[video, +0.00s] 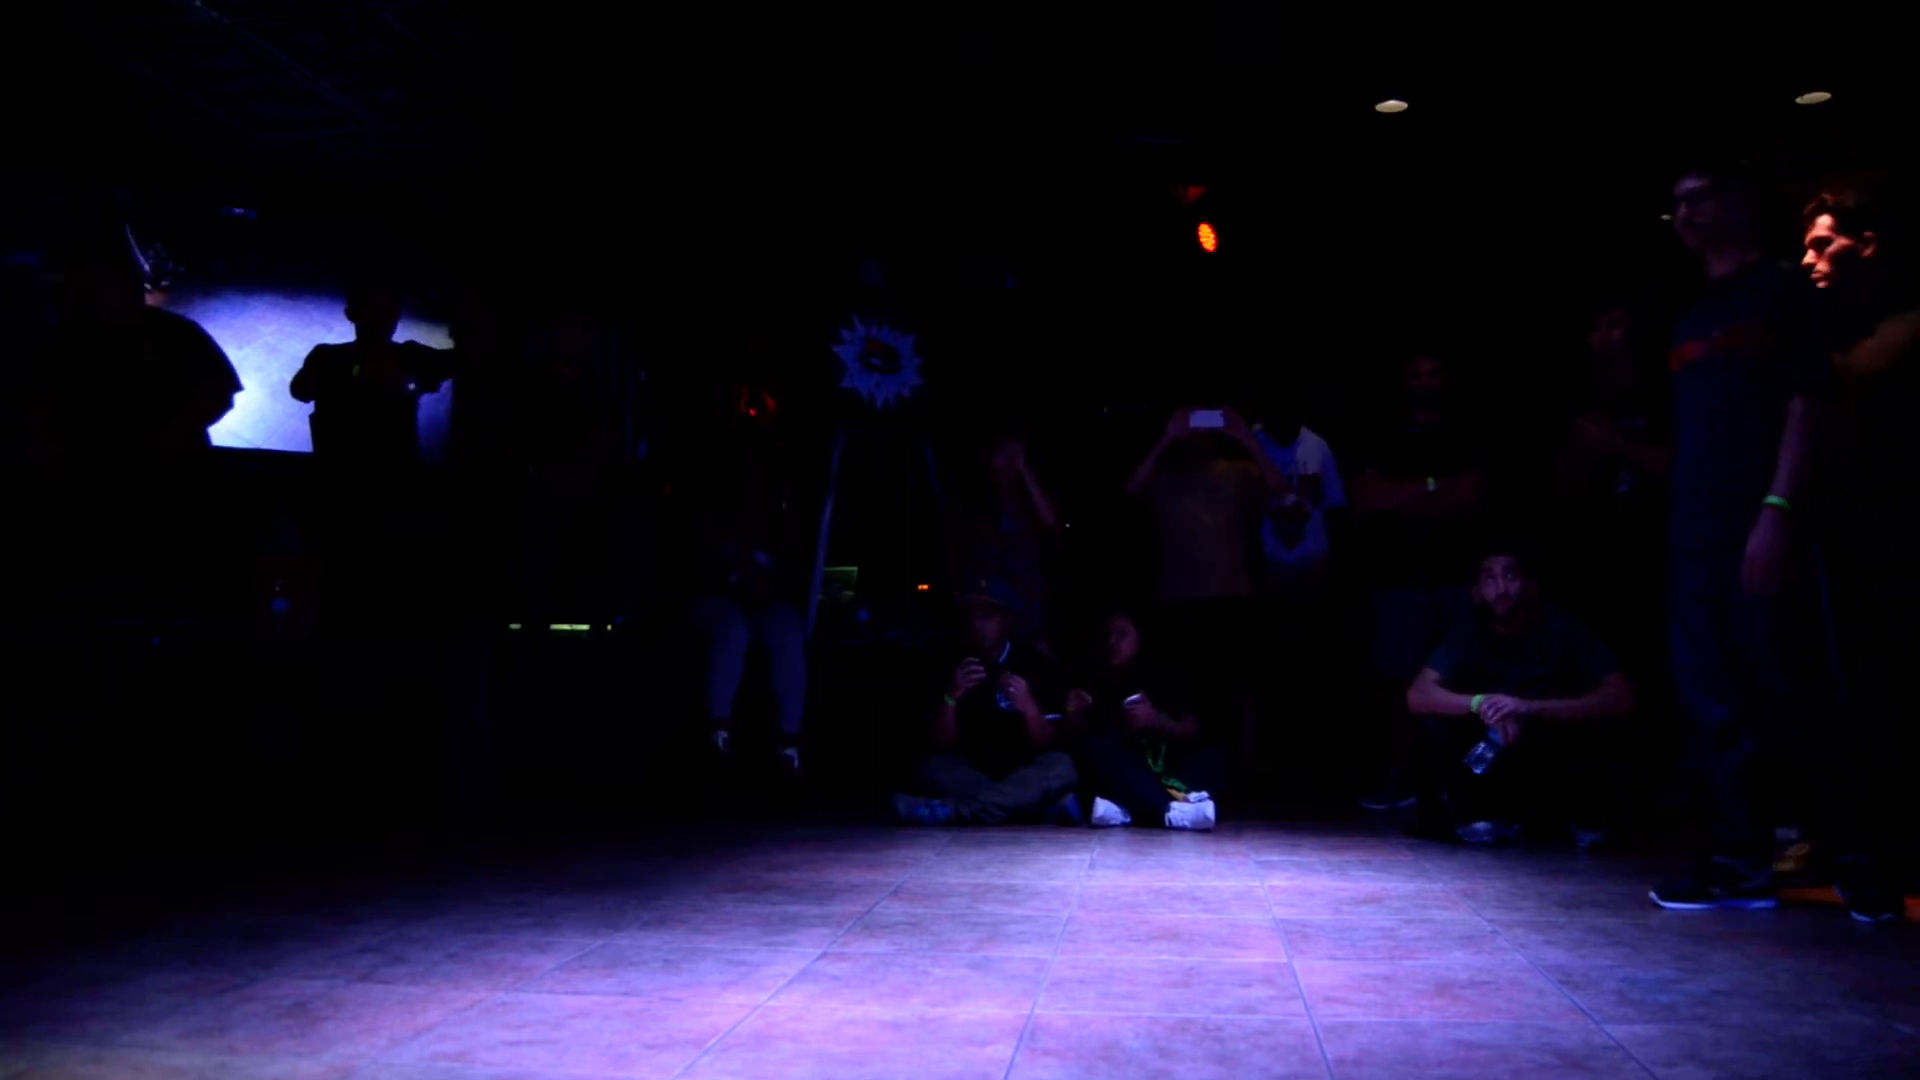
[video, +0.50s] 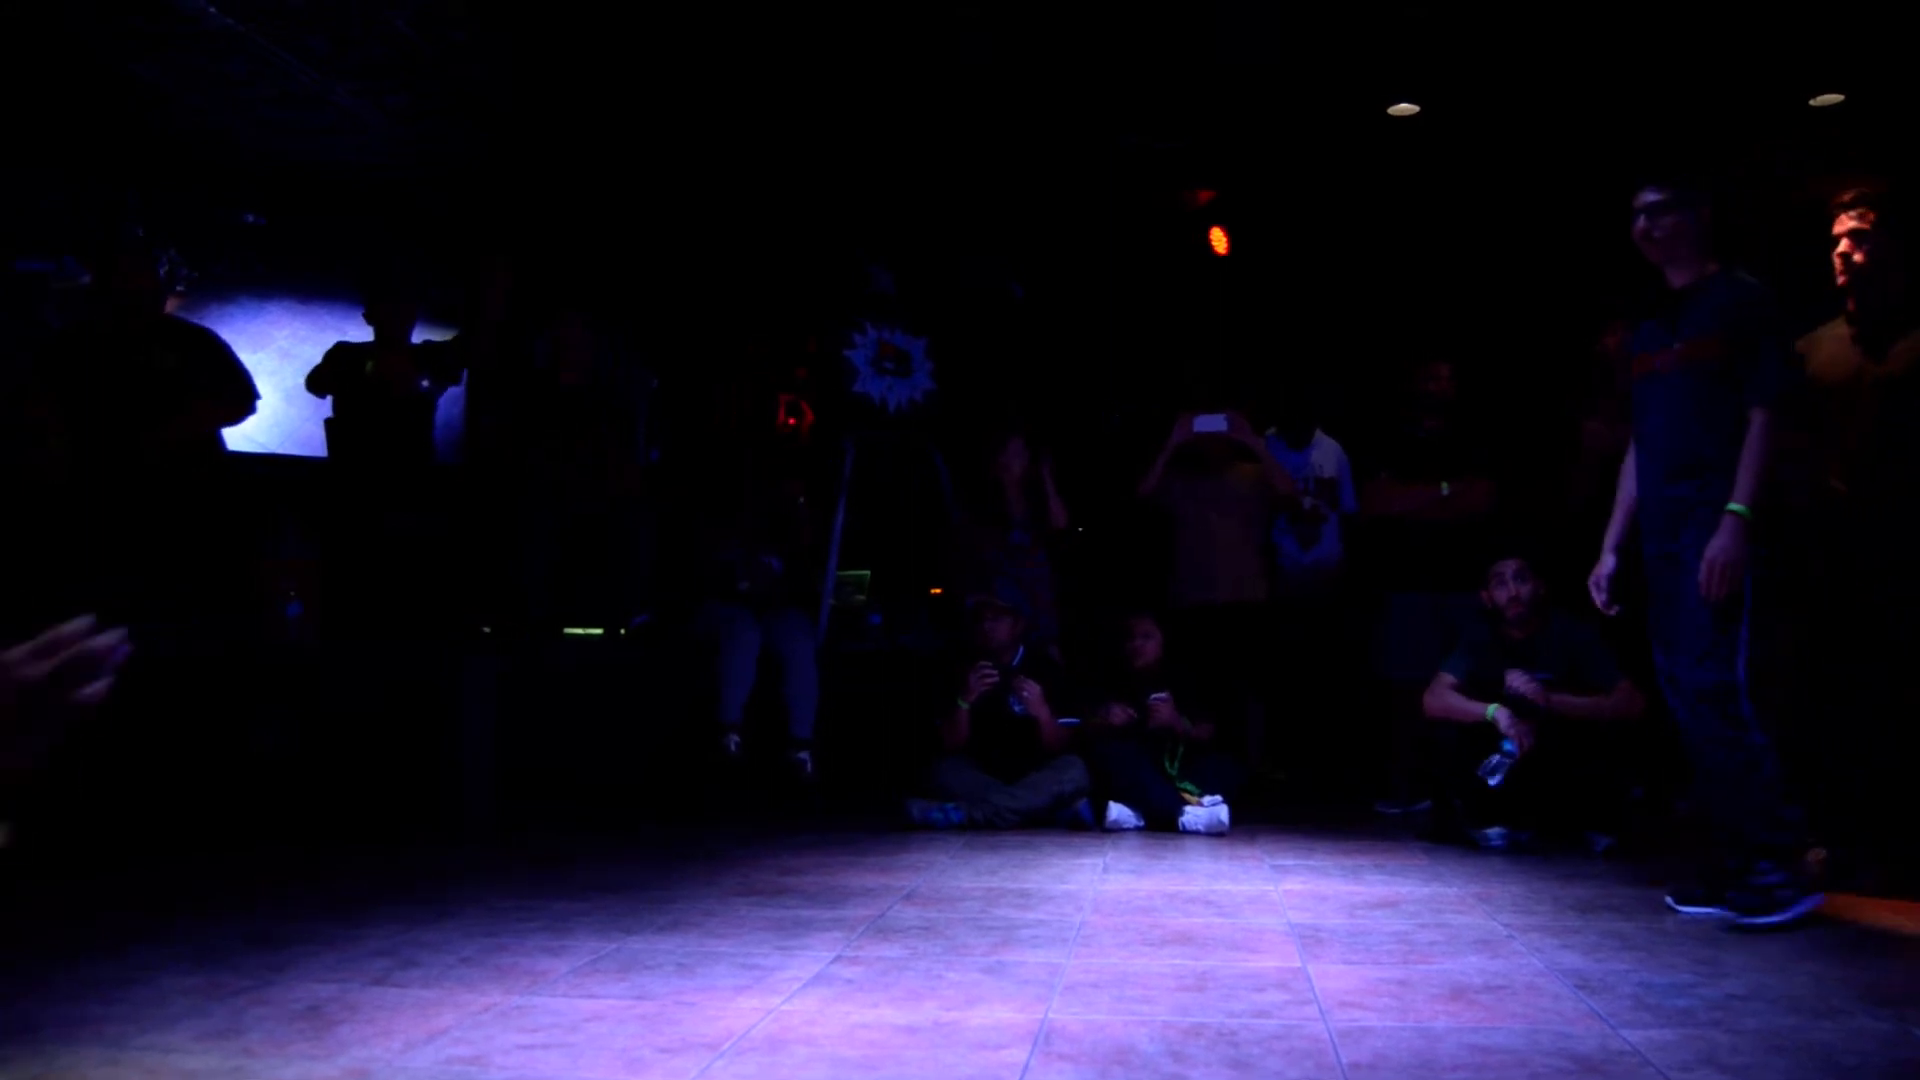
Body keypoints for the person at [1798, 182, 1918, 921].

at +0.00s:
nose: (1815, 259)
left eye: (1828, 245)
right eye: (1810, 247)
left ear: (1872, 246)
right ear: (1809, 255)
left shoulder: (1894, 322)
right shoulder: (1824, 325)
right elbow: (1809, 417)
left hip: (1885, 532)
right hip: (1833, 530)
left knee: (1878, 697)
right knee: (1841, 694)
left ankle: (1883, 875)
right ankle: (1845, 859)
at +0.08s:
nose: (1820, 257)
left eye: (1833, 244)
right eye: (1816, 246)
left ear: (1876, 247)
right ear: (1816, 257)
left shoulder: (1902, 322)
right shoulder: (1835, 323)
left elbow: (1839, 382)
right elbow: (1812, 411)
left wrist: (1831, 299)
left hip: (1889, 532)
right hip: (1834, 530)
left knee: (1880, 699)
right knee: (1845, 696)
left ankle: (1885, 878)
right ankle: (1848, 862)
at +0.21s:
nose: (1825, 257)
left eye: (1840, 243)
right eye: (1820, 246)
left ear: (1881, 248)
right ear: (1816, 259)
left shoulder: (1911, 332)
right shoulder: (1819, 342)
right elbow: (1805, 441)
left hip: (1903, 540)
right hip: (1830, 543)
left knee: (1899, 704)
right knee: (1839, 704)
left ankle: (1898, 877)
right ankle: (1844, 861)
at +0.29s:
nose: (1829, 254)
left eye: (1844, 240)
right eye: (1822, 244)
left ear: (1883, 249)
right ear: (1815, 258)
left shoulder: (1908, 329)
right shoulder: (1815, 341)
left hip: (1900, 543)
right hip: (1823, 551)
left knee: (1899, 701)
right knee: (1836, 703)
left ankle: (1903, 868)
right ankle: (1850, 864)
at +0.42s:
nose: (1838, 255)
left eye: (1854, 240)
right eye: (1831, 242)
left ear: (1889, 252)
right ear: (1823, 257)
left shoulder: (1910, 342)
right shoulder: (1812, 350)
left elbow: (1917, 454)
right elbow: (1789, 452)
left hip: (1901, 543)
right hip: (1819, 545)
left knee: (1891, 695)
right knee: (1820, 694)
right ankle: (1828, 857)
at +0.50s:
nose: (1845, 253)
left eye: (1861, 239)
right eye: (1837, 240)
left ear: (1895, 253)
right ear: (1830, 256)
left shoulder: (1914, 347)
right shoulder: (1816, 351)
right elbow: (1789, 456)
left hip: (1912, 544)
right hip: (1827, 545)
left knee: (1903, 692)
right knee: (1833, 691)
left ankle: (1902, 848)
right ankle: (1837, 846)